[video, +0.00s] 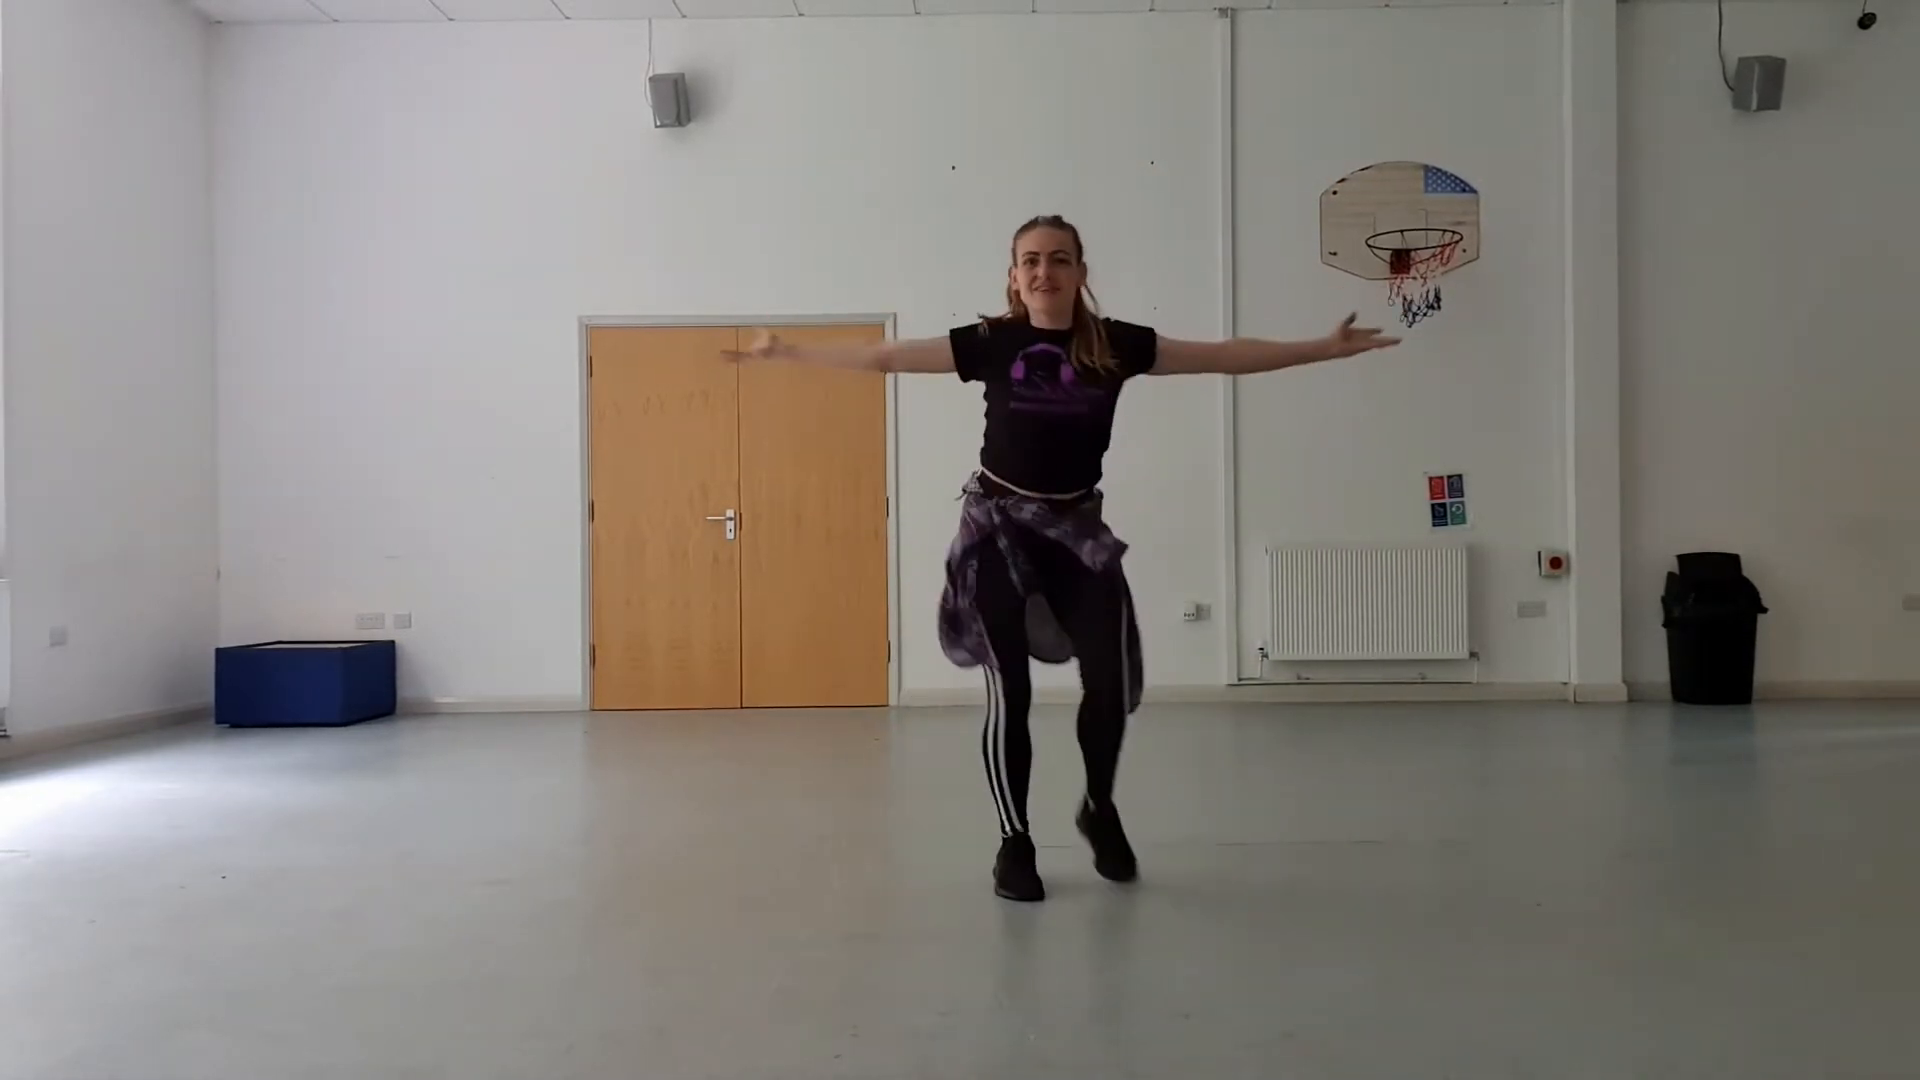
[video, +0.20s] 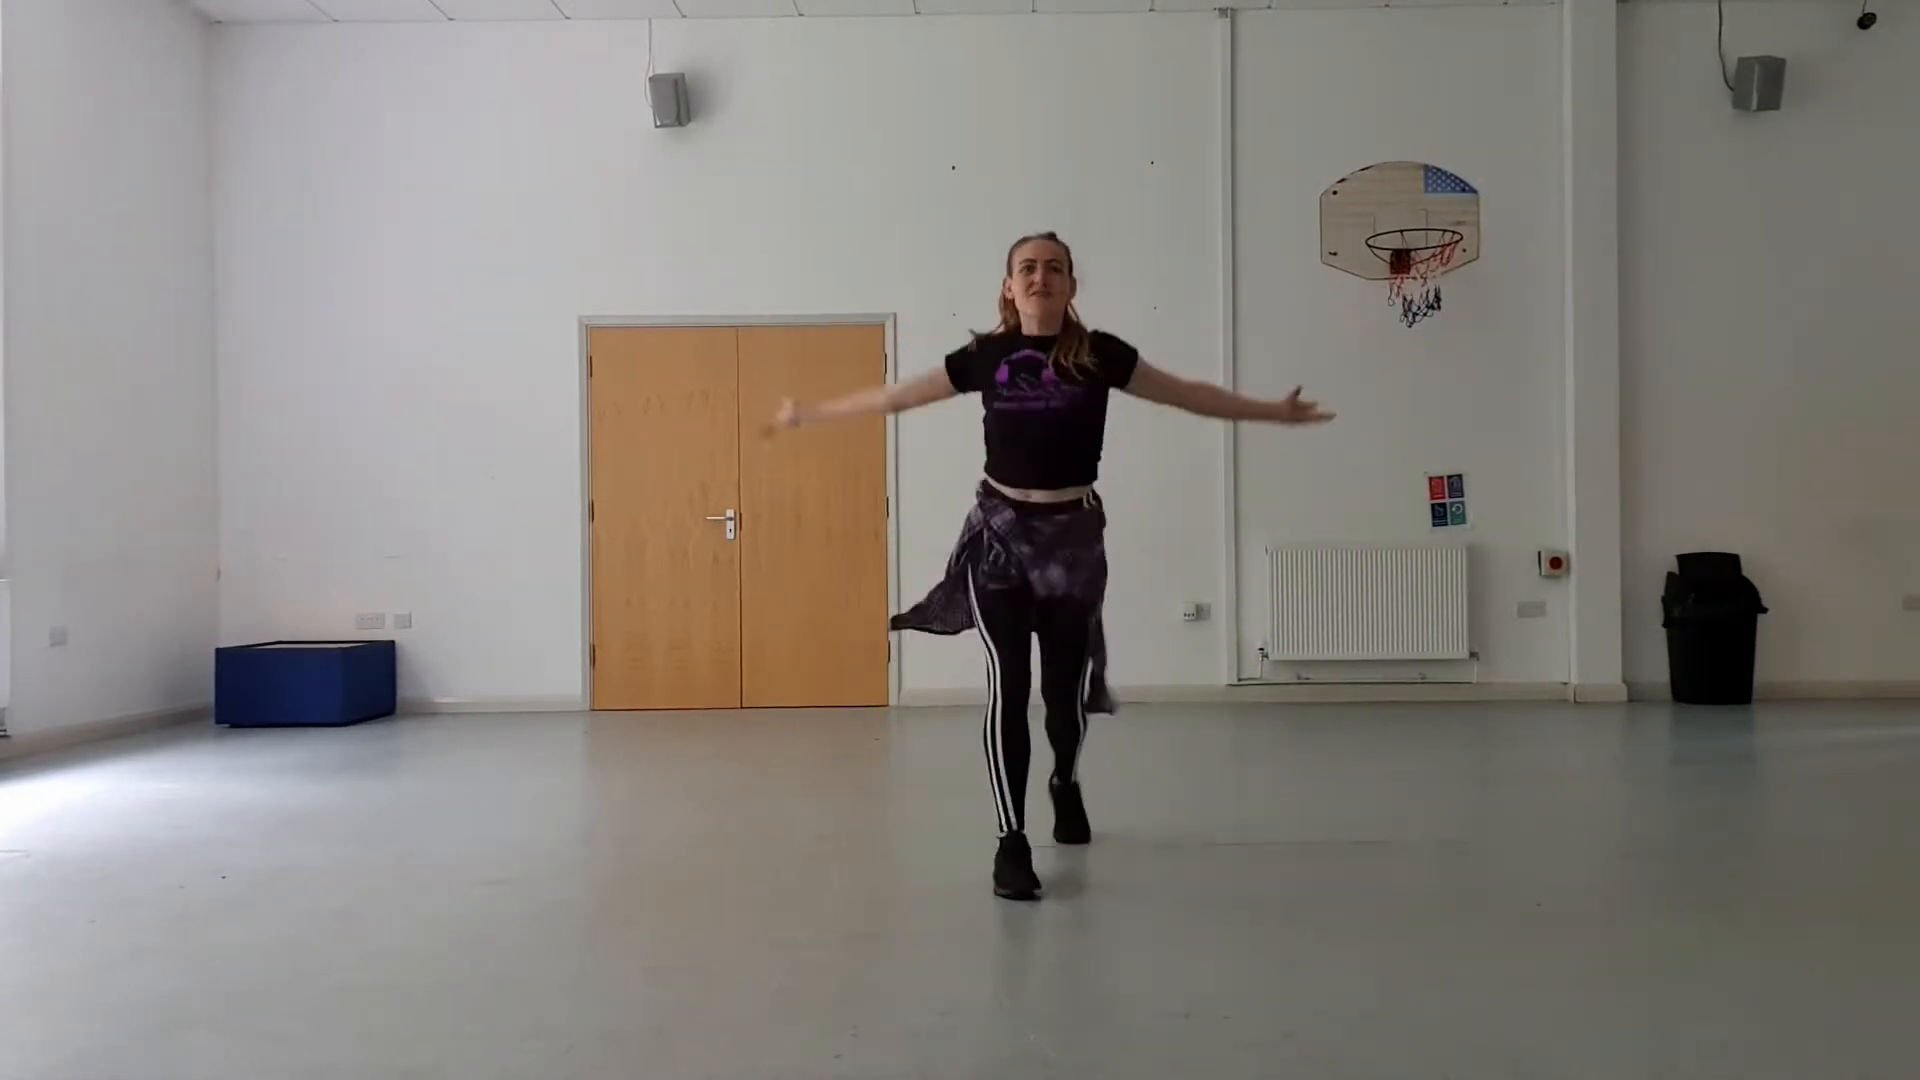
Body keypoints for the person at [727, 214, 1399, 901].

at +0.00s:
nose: (1043, 272)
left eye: (1058, 260)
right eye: (1030, 261)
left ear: (1082, 272)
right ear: (1012, 277)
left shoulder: (1118, 346)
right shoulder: (988, 345)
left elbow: (1230, 356)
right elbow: (883, 357)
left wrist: (1328, 347)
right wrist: (786, 349)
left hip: (1078, 529)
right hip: (998, 526)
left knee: (1112, 680)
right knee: (1011, 684)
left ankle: (1099, 809)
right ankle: (1017, 843)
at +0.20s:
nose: (1036, 277)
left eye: (1050, 268)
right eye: (1024, 270)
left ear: (1072, 288)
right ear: (1009, 290)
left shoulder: (1099, 356)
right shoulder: (987, 357)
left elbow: (1189, 395)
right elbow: (895, 395)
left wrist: (1275, 410)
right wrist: (807, 411)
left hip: (1073, 534)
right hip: (1000, 533)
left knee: (1063, 692)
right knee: (1009, 689)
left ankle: (1064, 784)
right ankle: (1012, 842)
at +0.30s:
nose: (1043, 286)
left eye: (1056, 280)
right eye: (1031, 280)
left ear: (1074, 303)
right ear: (1013, 304)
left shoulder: (1101, 371)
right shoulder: (990, 371)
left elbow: (1185, 424)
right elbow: (913, 430)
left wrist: (1267, 462)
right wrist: (838, 462)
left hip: (1076, 537)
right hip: (1004, 536)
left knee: (1064, 684)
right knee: (1009, 684)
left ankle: (1054, 794)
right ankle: (1007, 831)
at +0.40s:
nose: (1048, 292)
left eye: (1059, 286)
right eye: (1035, 287)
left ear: (1077, 308)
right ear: (1017, 310)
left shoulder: (1100, 373)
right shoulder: (993, 372)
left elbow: (1175, 429)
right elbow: (926, 441)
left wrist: (1244, 482)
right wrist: (860, 490)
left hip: (1074, 534)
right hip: (1002, 533)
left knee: (1064, 677)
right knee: (998, 672)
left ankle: (1054, 798)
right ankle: (997, 814)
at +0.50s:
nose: (1043, 281)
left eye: (1055, 273)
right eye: (1031, 275)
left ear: (1074, 293)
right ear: (1014, 296)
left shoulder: (1094, 356)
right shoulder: (989, 358)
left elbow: (1143, 417)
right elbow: (932, 432)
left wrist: (1179, 467)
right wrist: (876, 500)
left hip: (1073, 524)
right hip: (1001, 523)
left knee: (1062, 670)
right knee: (988, 663)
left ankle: (1053, 797)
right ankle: (985, 780)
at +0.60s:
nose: (1035, 283)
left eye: (1047, 275)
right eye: (1024, 276)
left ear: (1067, 293)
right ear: (1007, 297)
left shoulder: (1088, 364)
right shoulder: (982, 358)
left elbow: (1107, 434)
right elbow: (931, 433)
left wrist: (1123, 471)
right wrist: (897, 515)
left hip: (1072, 527)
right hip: (1000, 527)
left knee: (1064, 674)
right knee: (981, 668)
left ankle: (1052, 796)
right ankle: (989, 772)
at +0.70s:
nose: (1024, 299)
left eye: (1037, 291)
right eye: (1013, 294)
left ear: (1060, 311)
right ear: (1002, 316)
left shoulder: (1082, 383)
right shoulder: (974, 372)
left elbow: (1090, 455)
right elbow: (930, 442)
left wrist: (1091, 484)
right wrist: (924, 528)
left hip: (1064, 537)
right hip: (991, 538)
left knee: (1076, 682)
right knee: (978, 675)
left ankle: (1055, 791)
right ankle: (999, 794)